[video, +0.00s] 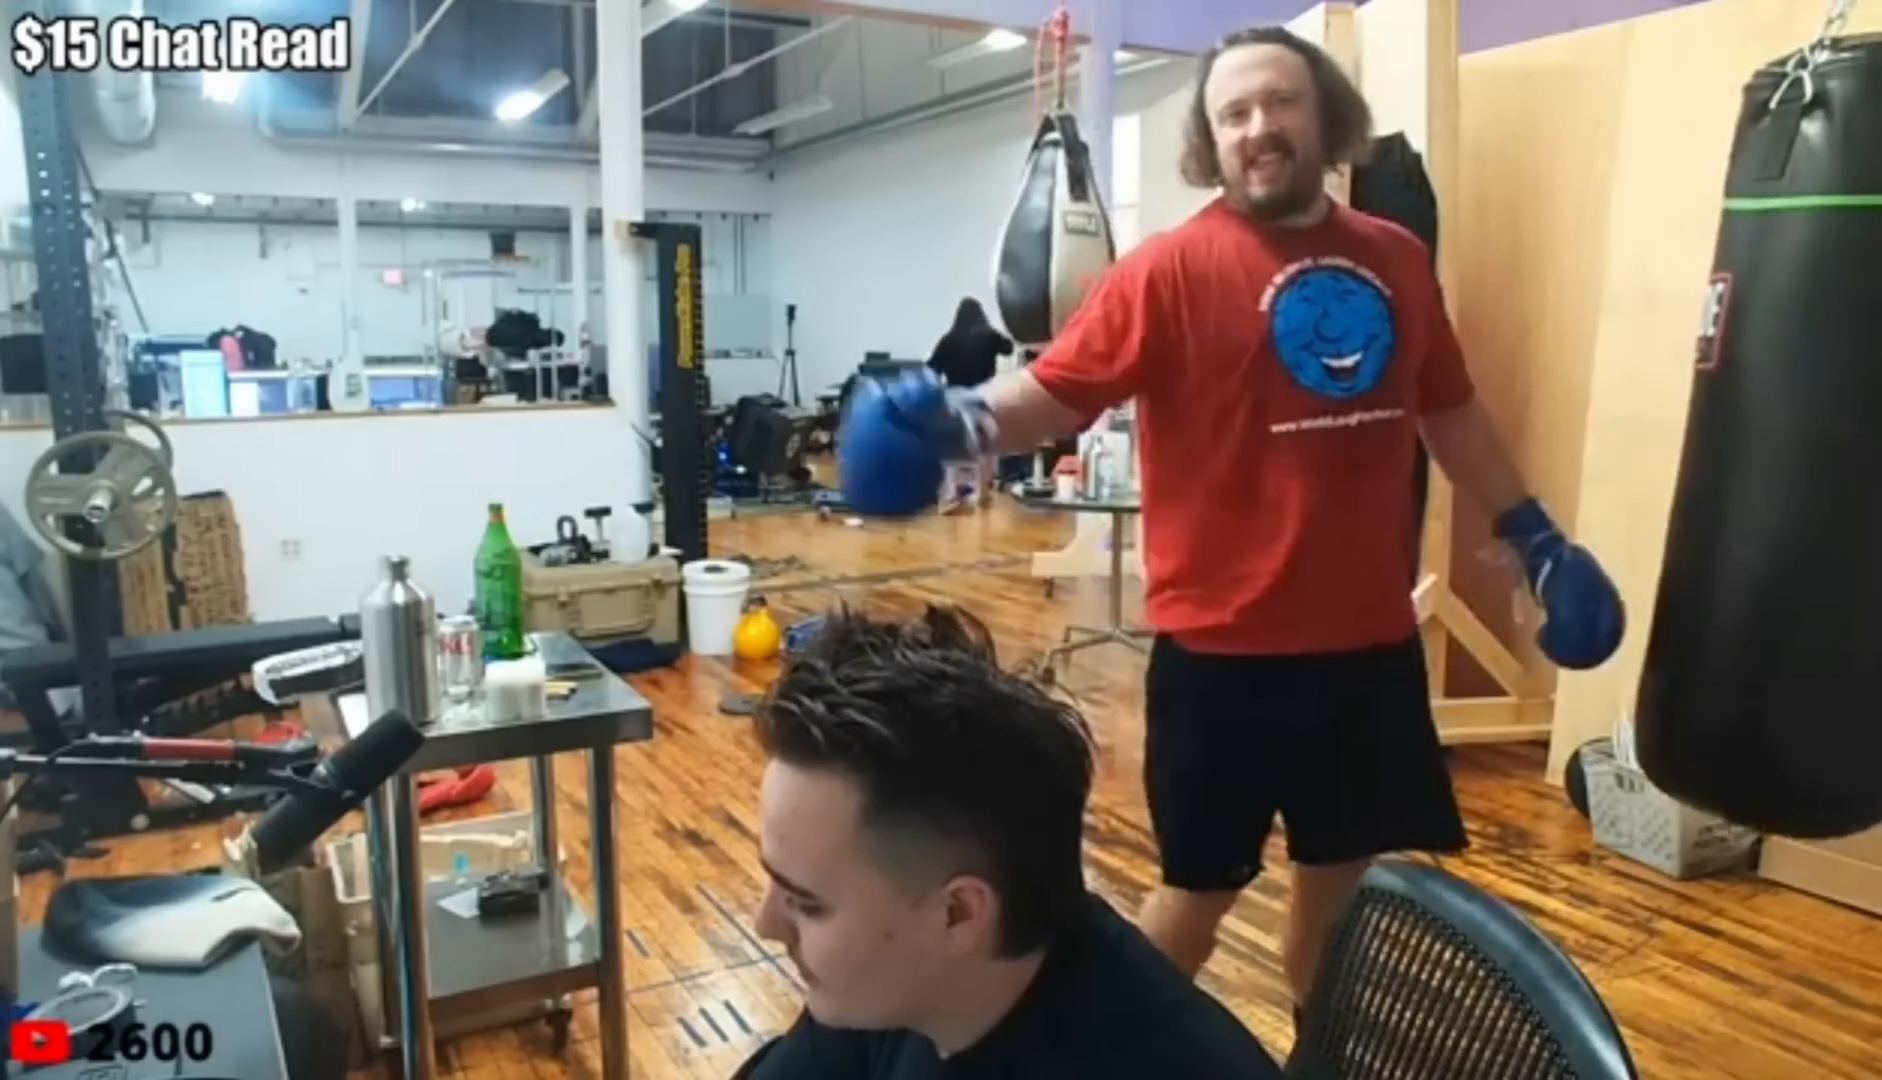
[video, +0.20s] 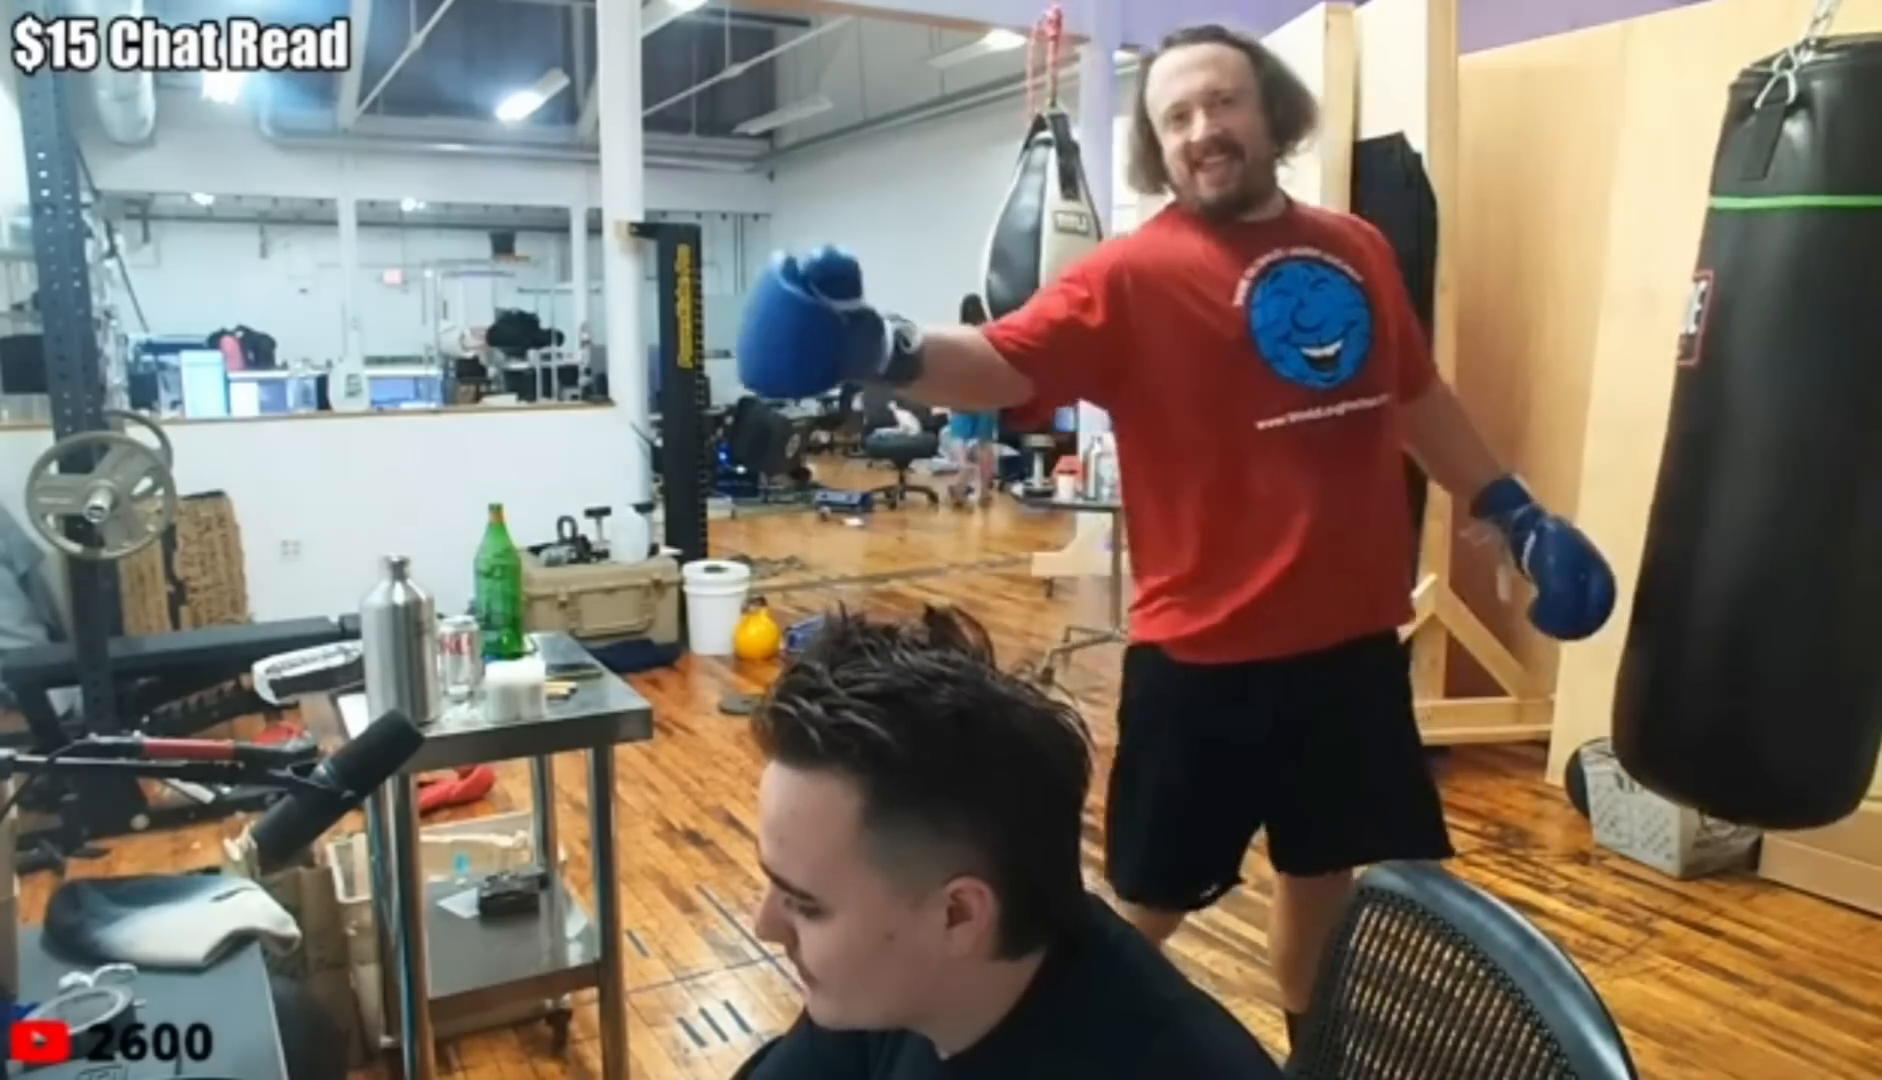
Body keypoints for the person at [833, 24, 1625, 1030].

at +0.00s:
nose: (1257, 128)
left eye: (1280, 102)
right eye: (1233, 112)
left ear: (1331, 122)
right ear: (1208, 140)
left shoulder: (1394, 259)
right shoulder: (1167, 271)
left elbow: (1450, 414)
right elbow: (1060, 389)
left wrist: (1540, 543)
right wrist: (957, 422)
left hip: (1362, 645)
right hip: (1214, 650)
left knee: (1339, 877)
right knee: (1198, 890)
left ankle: (1321, 1057)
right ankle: (1113, 1056)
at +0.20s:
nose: (1200, 131)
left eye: (1222, 104)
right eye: (1176, 118)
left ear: (1278, 116)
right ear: (1156, 148)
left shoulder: (1355, 248)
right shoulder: (1130, 274)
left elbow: (1417, 398)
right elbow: (1002, 367)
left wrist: (1521, 518)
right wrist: (882, 353)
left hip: (1350, 646)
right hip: (1194, 659)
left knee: (1327, 874)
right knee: (1150, 903)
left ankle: (1314, 1044)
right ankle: (1097, 1048)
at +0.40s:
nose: (1114, 129)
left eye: (1136, 99)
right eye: (1088, 115)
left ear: (1192, 111)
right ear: (1065, 147)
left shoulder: (1269, 254)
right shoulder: (1039, 279)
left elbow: (1336, 405)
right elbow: (910, 379)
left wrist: (1428, 536)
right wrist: (787, 348)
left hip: (1281, 658)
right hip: (1118, 676)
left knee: (1306, 892)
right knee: (1103, 930)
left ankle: (1315, 1057)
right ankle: (1095, 1078)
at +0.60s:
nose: (1052, 115)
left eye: (1073, 85)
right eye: (1024, 100)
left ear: (1128, 98)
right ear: (998, 131)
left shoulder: (1203, 239)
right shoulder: (966, 277)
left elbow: (1258, 395)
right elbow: (841, 390)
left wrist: (1349, 531)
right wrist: (727, 360)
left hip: (1221, 651)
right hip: (1060, 679)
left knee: (1271, 881)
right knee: (1044, 937)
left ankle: (1294, 1062)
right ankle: (1033, 1079)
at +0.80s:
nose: (1028, 107)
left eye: (1048, 76)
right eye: (998, 91)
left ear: (1101, 89)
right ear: (971, 121)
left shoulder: (1177, 227)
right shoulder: (936, 262)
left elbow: (1242, 377)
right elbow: (811, 374)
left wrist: (1346, 502)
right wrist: (714, 340)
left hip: (1197, 628)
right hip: (1038, 663)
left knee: (1249, 839)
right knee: (1051, 912)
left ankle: (1233, 1036)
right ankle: (1055, 1065)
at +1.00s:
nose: (1073, 107)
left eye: (1092, 81)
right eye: (1041, 88)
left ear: (1126, 97)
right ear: (995, 120)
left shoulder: (1179, 236)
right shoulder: (946, 265)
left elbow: (1237, 384)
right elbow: (831, 377)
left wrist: (1343, 500)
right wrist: (839, 437)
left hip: (1188, 630)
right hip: (1034, 658)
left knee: (1217, 844)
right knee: (1064, 889)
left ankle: (1194, 1004)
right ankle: (1064, 1036)